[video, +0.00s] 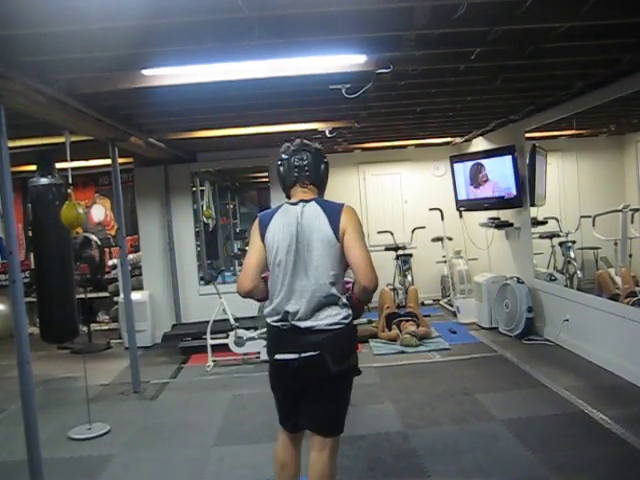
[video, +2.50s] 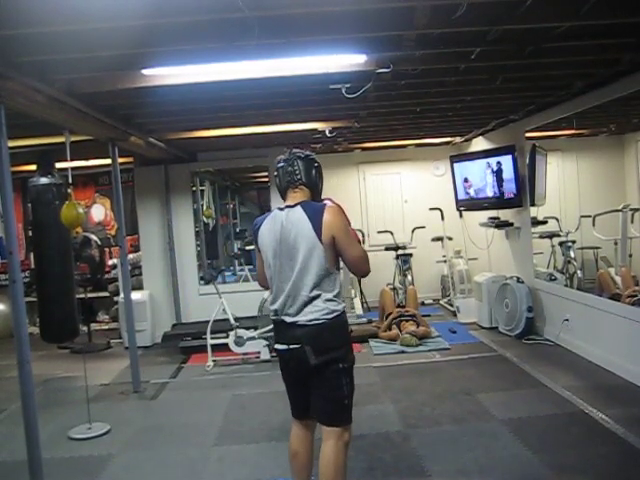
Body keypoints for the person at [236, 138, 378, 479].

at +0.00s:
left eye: (286, 172)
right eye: (322, 171)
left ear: (282, 178)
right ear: (322, 176)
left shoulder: (264, 221)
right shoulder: (341, 214)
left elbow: (246, 286)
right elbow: (367, 281)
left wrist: (278, 288)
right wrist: (354, 306)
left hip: (284, 350)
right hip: (332, 349)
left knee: (288, 435)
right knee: (323, 445)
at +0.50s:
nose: (315, 179)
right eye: (313, 174)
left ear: (275, 181)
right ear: (310, 178)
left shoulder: (258, 223)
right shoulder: (322, 211)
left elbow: (245, 285)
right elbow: (346, 277)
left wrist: (277, 274)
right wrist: (329, 282)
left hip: (281, 336)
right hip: (324, 333)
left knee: (295, 425)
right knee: (325, 431)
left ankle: (298, 478)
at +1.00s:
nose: (315, 180)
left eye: (313, 175)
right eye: (313, 175)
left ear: (275, 181)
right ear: (308, 178)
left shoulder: (256, 224)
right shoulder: (320, 211)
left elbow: (251, 283)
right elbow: (346, 273)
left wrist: (278, 260)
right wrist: (346, 249)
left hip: (281, 332)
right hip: (322, 329)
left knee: (295, 421)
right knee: (336, 423)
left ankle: (298, 477)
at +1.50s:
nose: (337, 182)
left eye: (335, 176)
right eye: (335, 176)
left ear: (294, 182)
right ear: (329, 179)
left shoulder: (274, 225)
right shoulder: (341, 217)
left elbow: (271, 283)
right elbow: (373, 275)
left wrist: (301, 257)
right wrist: (363, 244)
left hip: (298, 340)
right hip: (341, 338)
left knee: (308, 423)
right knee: (343, 433)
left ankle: (302, 477)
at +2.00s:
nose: (328, 182)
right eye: (326, 177)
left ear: (288, 183)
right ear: (321, 179)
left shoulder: (269, 226)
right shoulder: (334, 214)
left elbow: (270, 281)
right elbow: (367, 270)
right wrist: (356, 241)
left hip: (293, 339)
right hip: (335, 337)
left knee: (305, 423)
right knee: (339, 432)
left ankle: (302, 477)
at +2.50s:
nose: (319, 182)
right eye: (317, 177)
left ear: (279, 184)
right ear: (313, 179)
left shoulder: (264, 226)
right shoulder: (327, 213)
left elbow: (263, 280)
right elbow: (361, 268)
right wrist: (353, 241)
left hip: (285, 337)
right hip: (327, 336)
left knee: (301, 422)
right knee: (335, 430)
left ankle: (300, 476)